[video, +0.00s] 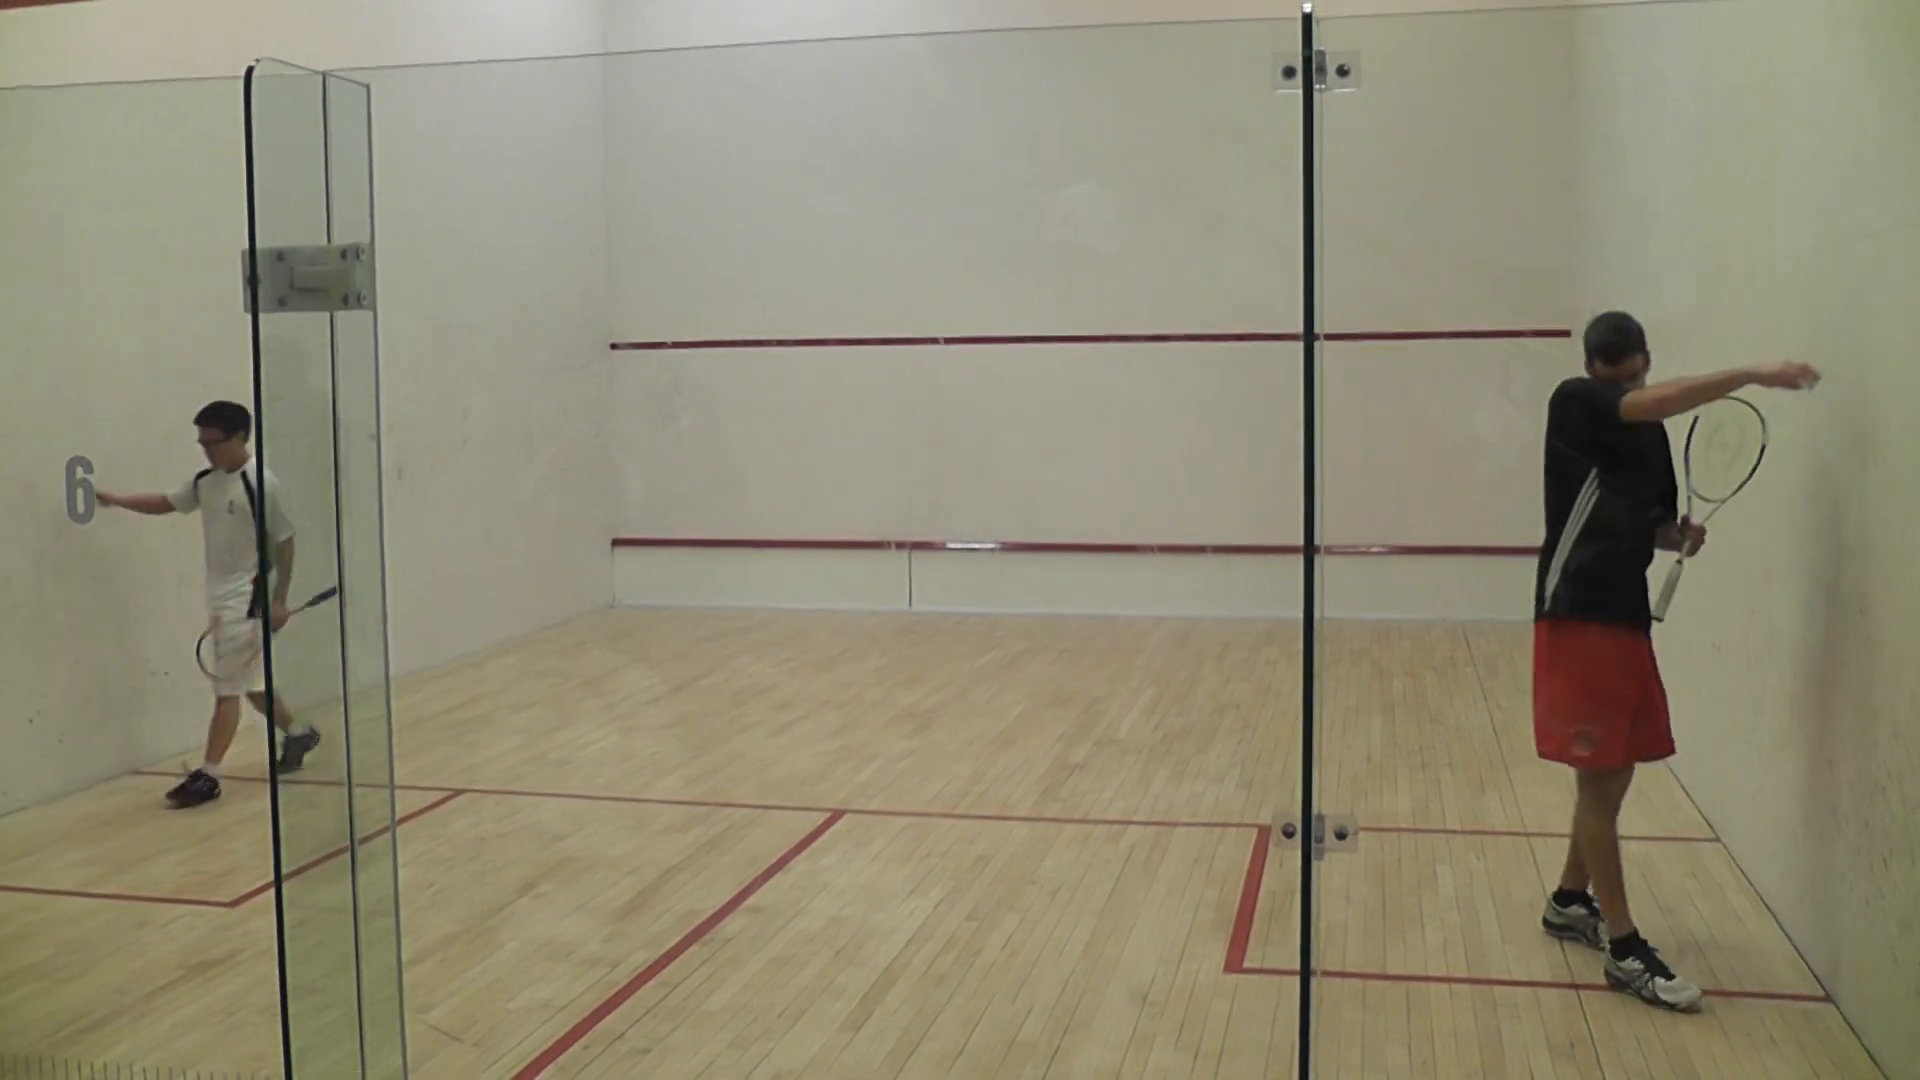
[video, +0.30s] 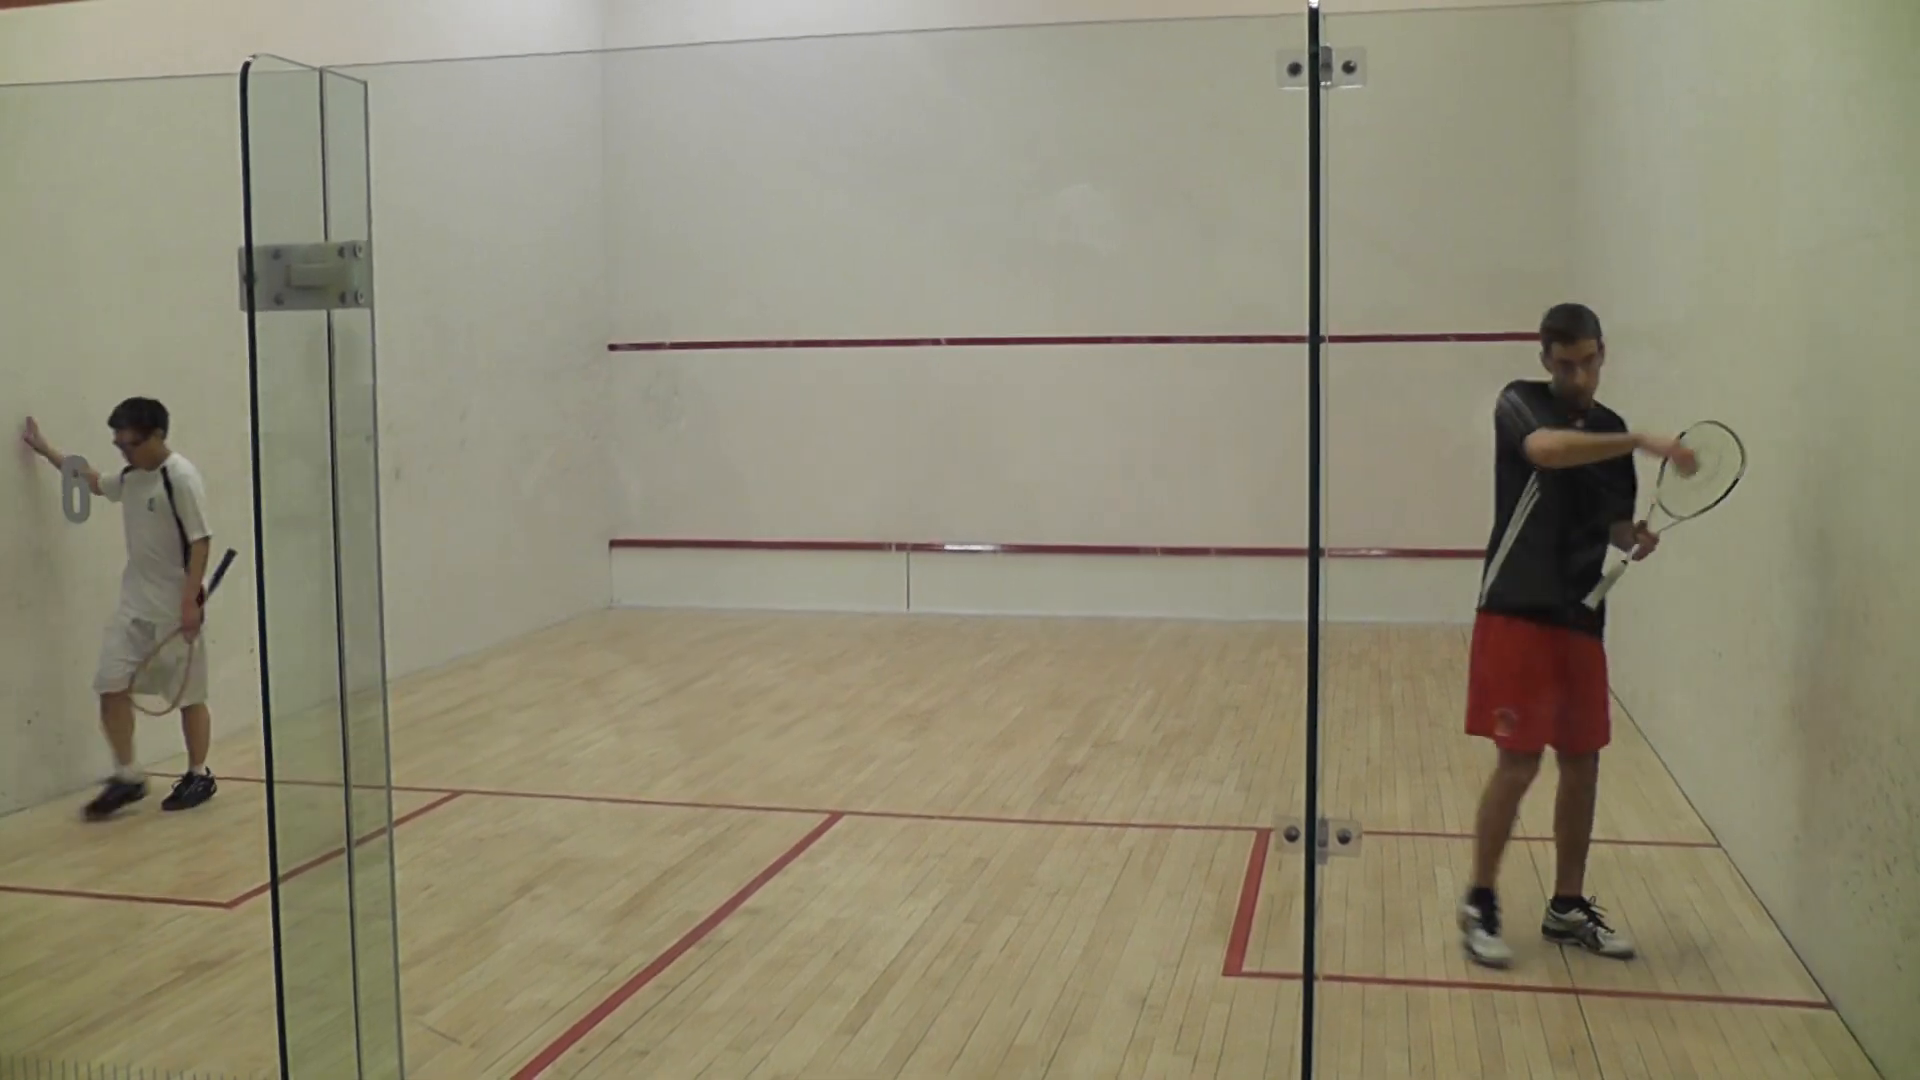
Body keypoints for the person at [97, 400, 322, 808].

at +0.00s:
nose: (205, 452)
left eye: (211, 443)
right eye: (203, 444)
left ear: (238, 439)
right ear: (210, 442)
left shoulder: (260, 484)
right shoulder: (208, 480)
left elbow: (285, 541)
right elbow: (168, 503)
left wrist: (280, 600)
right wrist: (115, 500)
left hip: (247, 600)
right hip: (220, 599)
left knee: (227, 684)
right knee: (249, 680)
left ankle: (207, 774)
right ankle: (297, 733)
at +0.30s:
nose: (123, 453)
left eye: (129, 445)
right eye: (120, 445)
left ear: (156, 437)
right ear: (125, 442)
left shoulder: (180, 475)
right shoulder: (130, 477)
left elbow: (200, 541)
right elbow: (92, 481)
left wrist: (191, 600)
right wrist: (43, 447)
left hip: (178, 606)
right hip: (136, 604)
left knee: (190, 693)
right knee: (111, 686)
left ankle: (199, 775)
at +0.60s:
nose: (35, 456)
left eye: (43, 449)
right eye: (32, 448)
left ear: (73, 447)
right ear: (32, 448)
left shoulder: (100, 492)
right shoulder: (34, 501)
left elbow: (124, 559)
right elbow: (4, 530)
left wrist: (105, 617)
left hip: (93, 628)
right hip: (46, 628)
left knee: (101, 723)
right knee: (47, 720)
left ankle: (150, 761)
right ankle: (63, 814)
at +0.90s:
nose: (0, 462)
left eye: (3, 453)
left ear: (15, 449)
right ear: (6, 450)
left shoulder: (39, 493)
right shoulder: (14, 495)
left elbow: (82, 551)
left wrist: (62, 608)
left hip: (31, 634)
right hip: (3, 634)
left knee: (22, 741)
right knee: (20, 731)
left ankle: (1, 843)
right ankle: (56, 805)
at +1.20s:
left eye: (2, 441)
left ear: (10, 442)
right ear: (5, 442)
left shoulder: (31, 495)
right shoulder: (25, 495)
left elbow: (65, 557)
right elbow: (66, 557)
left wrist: (47, 603)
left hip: (18, 652)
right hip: (10, 653)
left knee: (8, 761)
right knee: (7, 761)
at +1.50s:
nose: (37, 454)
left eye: (45, 444)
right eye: (25, 443)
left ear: (52, 450)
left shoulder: (63, 507)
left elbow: (91, 573)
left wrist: (68, 593)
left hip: (45, 660)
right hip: (1, 656)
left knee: (37, 784)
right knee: (1, 779)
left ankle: (9, 829)